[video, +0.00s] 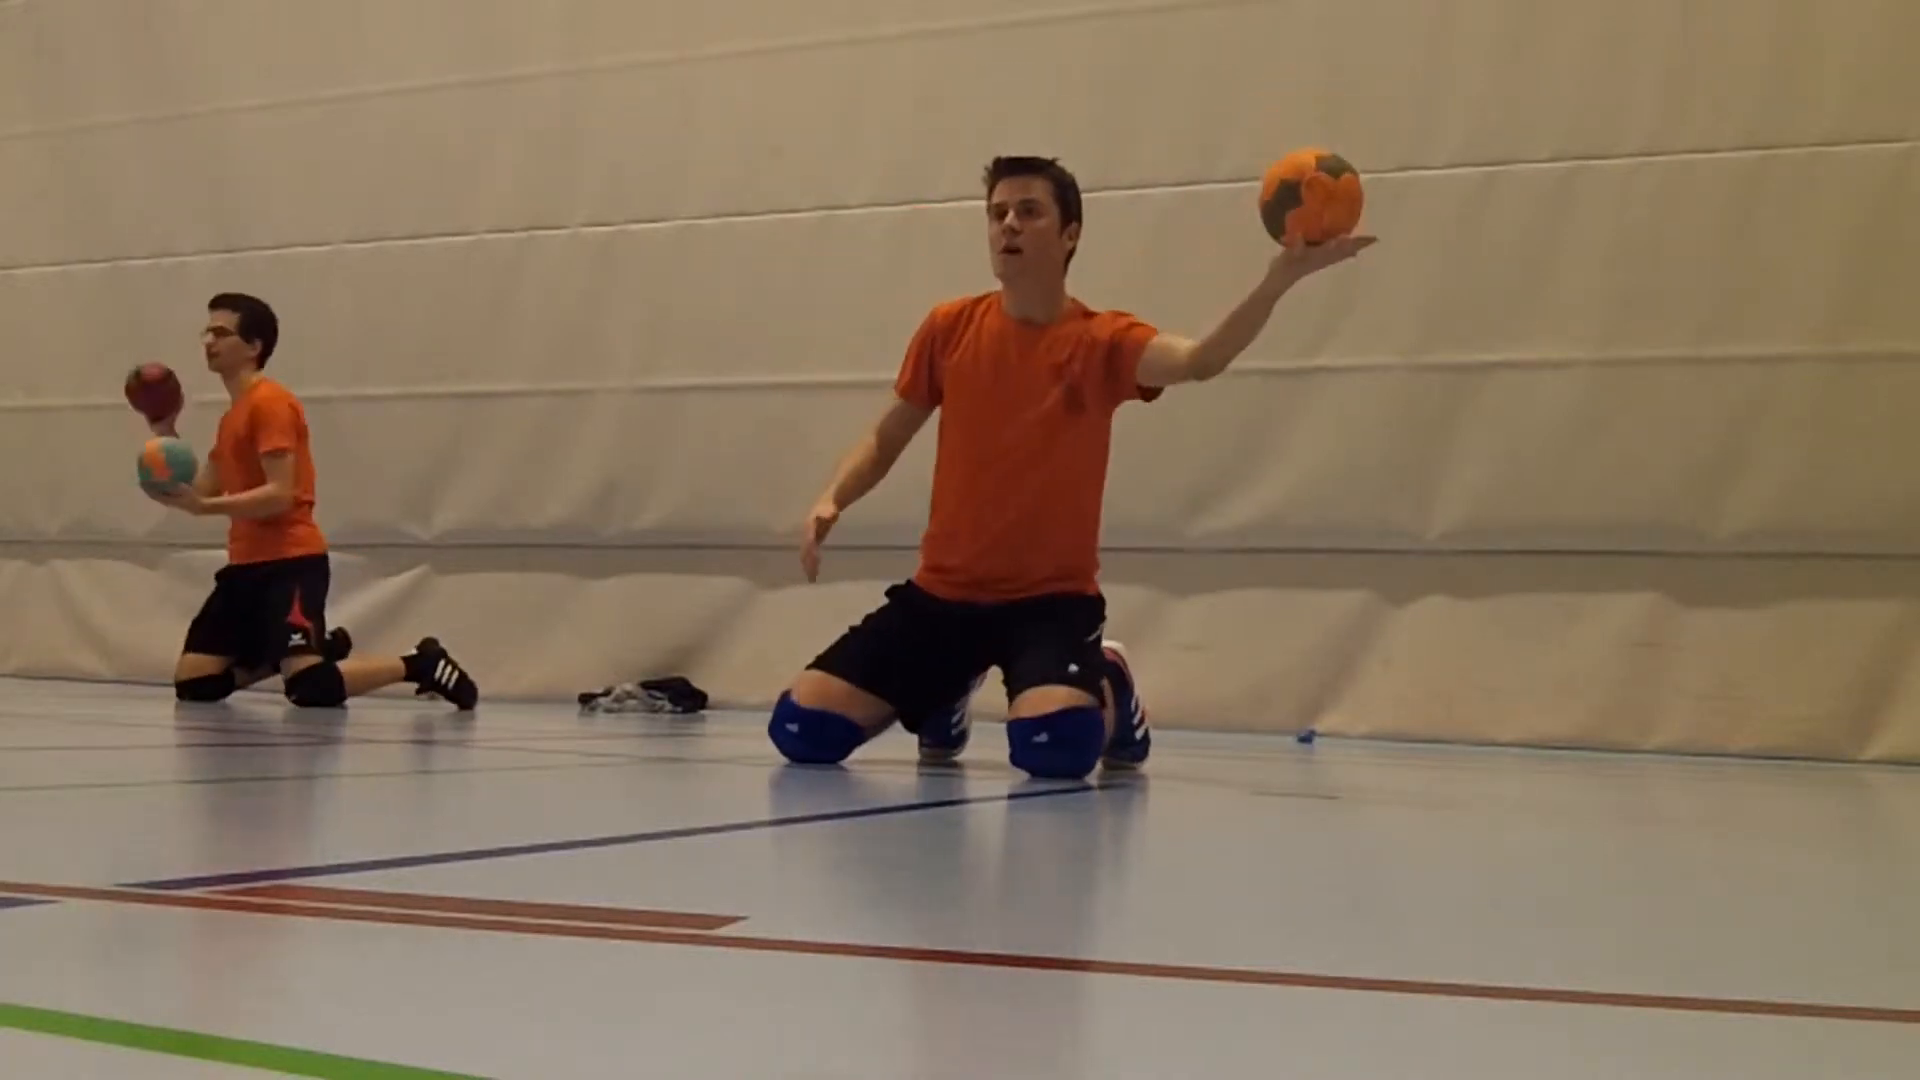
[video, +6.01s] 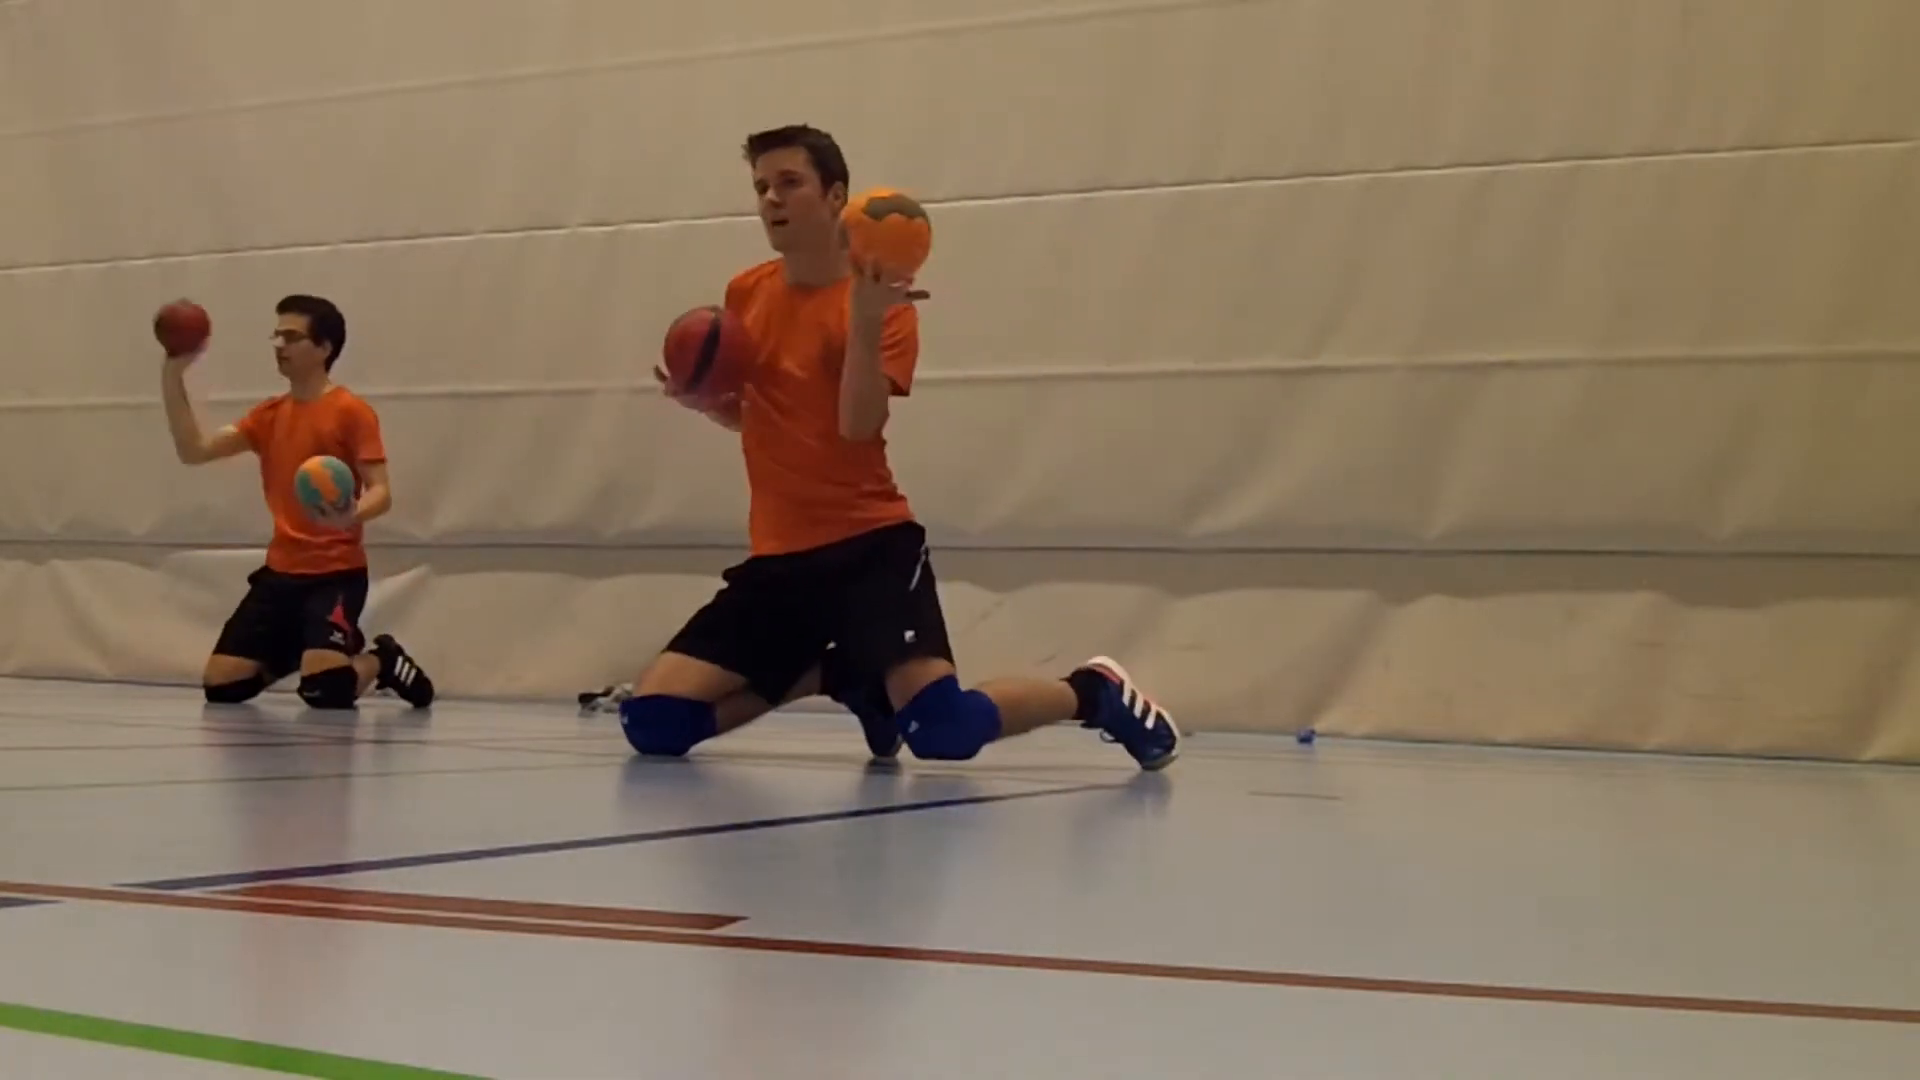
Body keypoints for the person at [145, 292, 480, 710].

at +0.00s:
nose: (207, 342)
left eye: (220, 333)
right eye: (207, 333)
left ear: (254, 346)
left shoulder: (270, 401)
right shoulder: (233, 417)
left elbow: (281, 494)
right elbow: (204, 491)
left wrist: (203, 506)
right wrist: (166, 437)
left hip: (292, 564)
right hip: (244, 570)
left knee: (309, 687)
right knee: (196, 686)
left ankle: (421, 666)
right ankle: (314, 651)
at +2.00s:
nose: (246, 377)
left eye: (255, 367)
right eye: (247, 367)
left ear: (289, 371)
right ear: (276, 372)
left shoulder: (329, 428)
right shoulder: (258, 437)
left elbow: (346, 515)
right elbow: (226, 508)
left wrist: (355, 512)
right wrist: (144, 492)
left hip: (325, 585)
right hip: (270, 590)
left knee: (328, 685)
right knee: (188, 683)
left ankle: (386, 649)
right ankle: (298, 657)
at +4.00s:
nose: (222, 351)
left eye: (234, 340)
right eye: (219, 341)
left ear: (270, 350)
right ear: (215, 347)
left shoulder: (309, 410)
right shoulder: (235, 421)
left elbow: (338, 494)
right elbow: (232, 522)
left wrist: (332, 511)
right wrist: (200, 598)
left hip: (312, 571)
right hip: (256, 576)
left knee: (307, 688)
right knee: (195, 684)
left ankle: (396, 656)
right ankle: (300, 653)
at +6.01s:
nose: (279, 345)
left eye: (291, 336)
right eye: (277, 336)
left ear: (325, 348)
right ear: (275, 343)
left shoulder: (351, 412)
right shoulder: (271, 415)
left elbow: (380, 493)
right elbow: (193, 450)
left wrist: (352, 514)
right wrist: (172, 370)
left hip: (336, 576)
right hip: (280, 573)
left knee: (323, 691)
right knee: (221, 686)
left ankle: (382, 660)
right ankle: (319, 647)